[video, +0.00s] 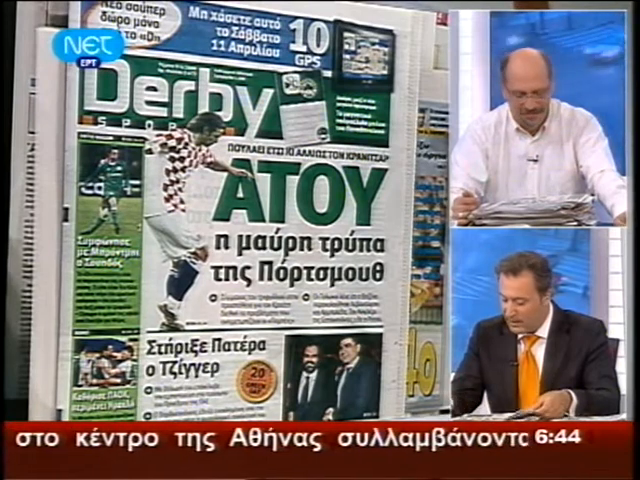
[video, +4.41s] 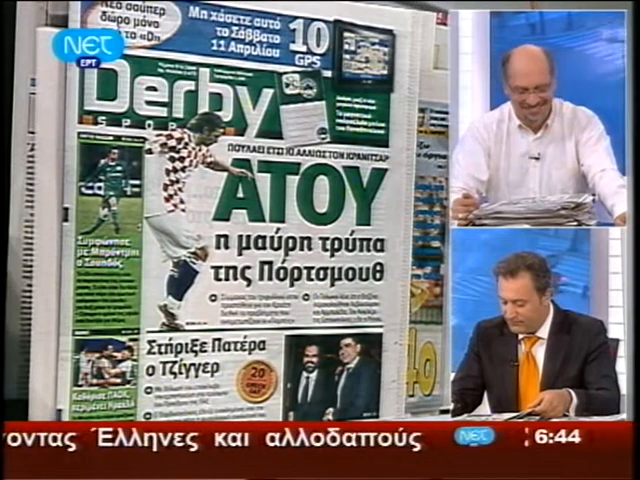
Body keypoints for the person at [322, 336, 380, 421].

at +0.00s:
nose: (343, 351)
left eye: (347, 346)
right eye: (341, 348)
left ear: (358, 348)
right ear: (339, 351)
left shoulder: (367, 368)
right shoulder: (341, 371)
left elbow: (361, 407)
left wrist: (335, 416)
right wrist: (332, 410)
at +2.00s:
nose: (343, 351)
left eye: (347, 346)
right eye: (341, 348)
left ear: (358, 348)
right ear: (339, 351)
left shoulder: (367, 368)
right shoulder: (341, 371)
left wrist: (336, 416)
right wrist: (331, 410)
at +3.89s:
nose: (343, 351)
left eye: (347, 346)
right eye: (341, 348)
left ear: (358, 348)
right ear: (339, 351)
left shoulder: (367, 368)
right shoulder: (342, 371)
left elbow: (360, 408)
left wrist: (335, 415)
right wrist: (332, 411)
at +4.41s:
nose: (342, 351)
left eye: (347, 346)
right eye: (341, 348)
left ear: (358, 348)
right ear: (339, 351)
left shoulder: (367, 368)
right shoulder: (341, 371)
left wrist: (336, 415)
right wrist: (332, 411)